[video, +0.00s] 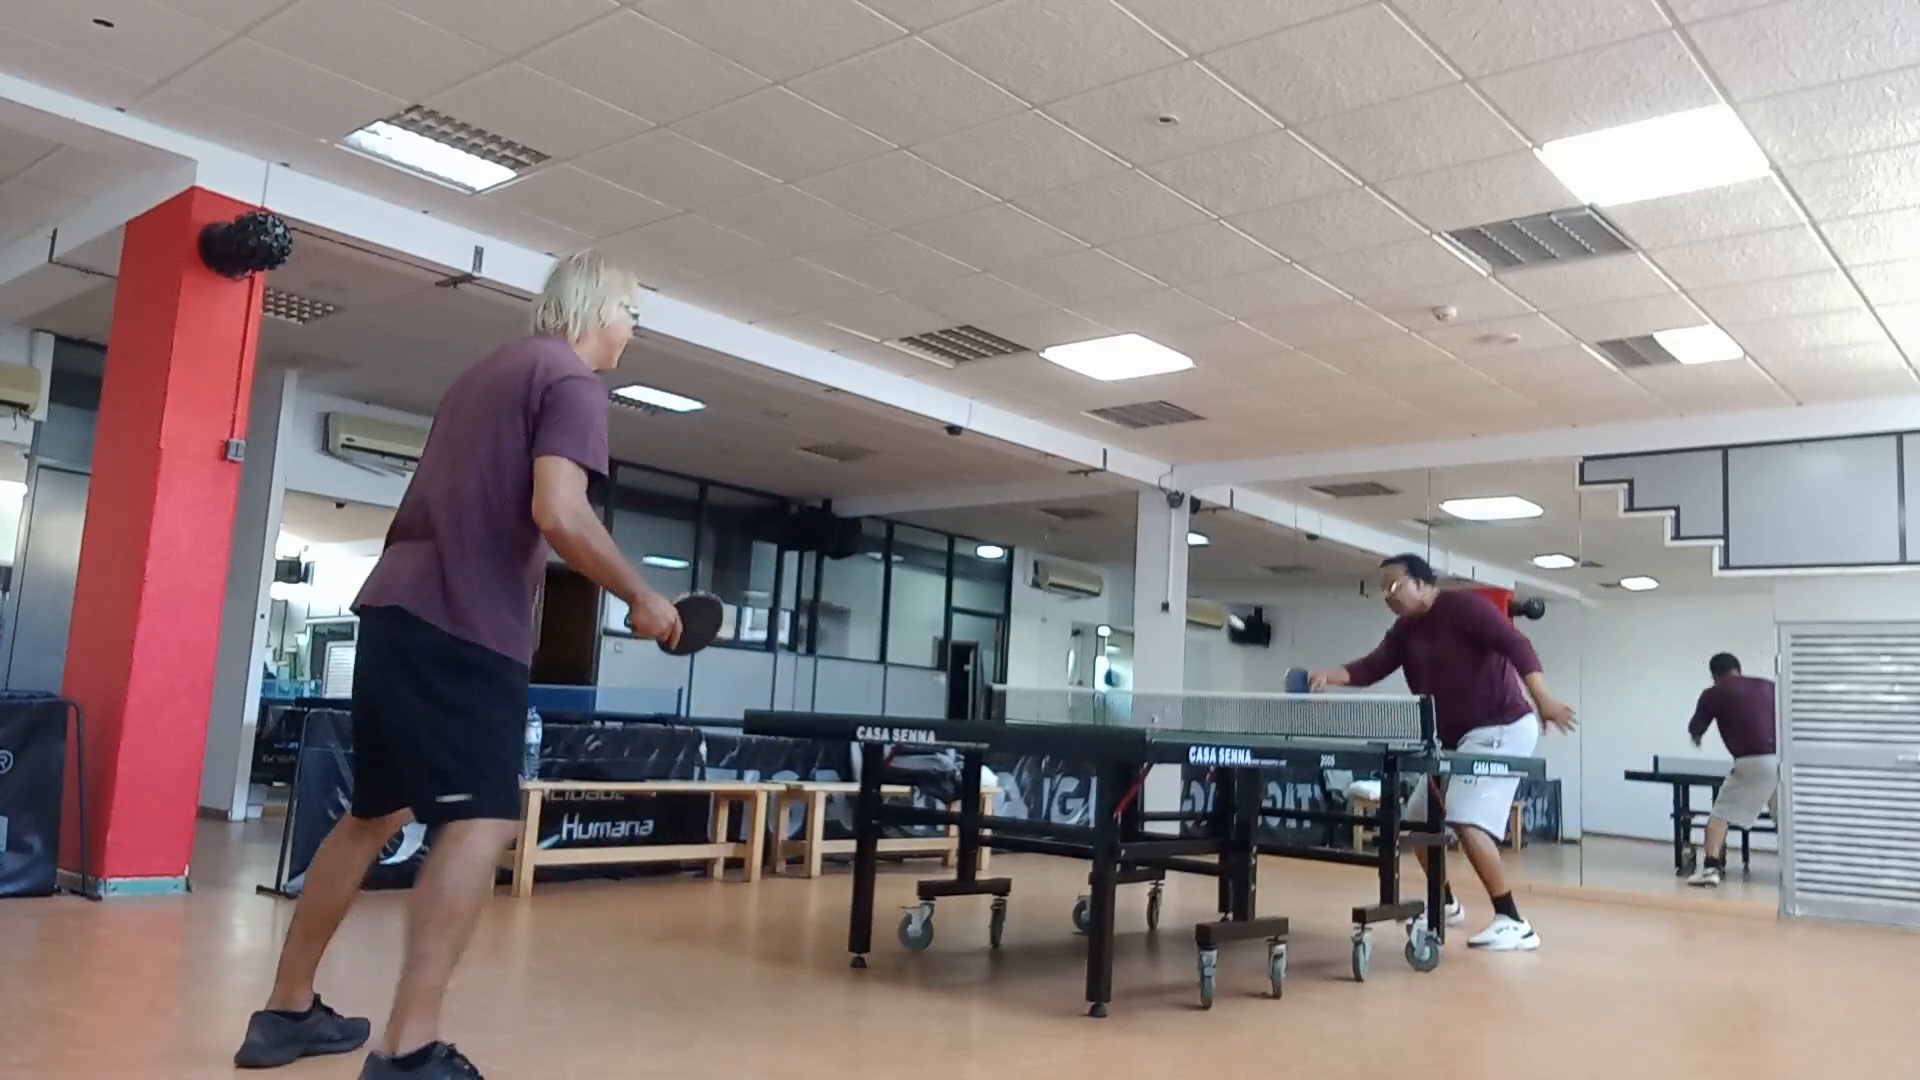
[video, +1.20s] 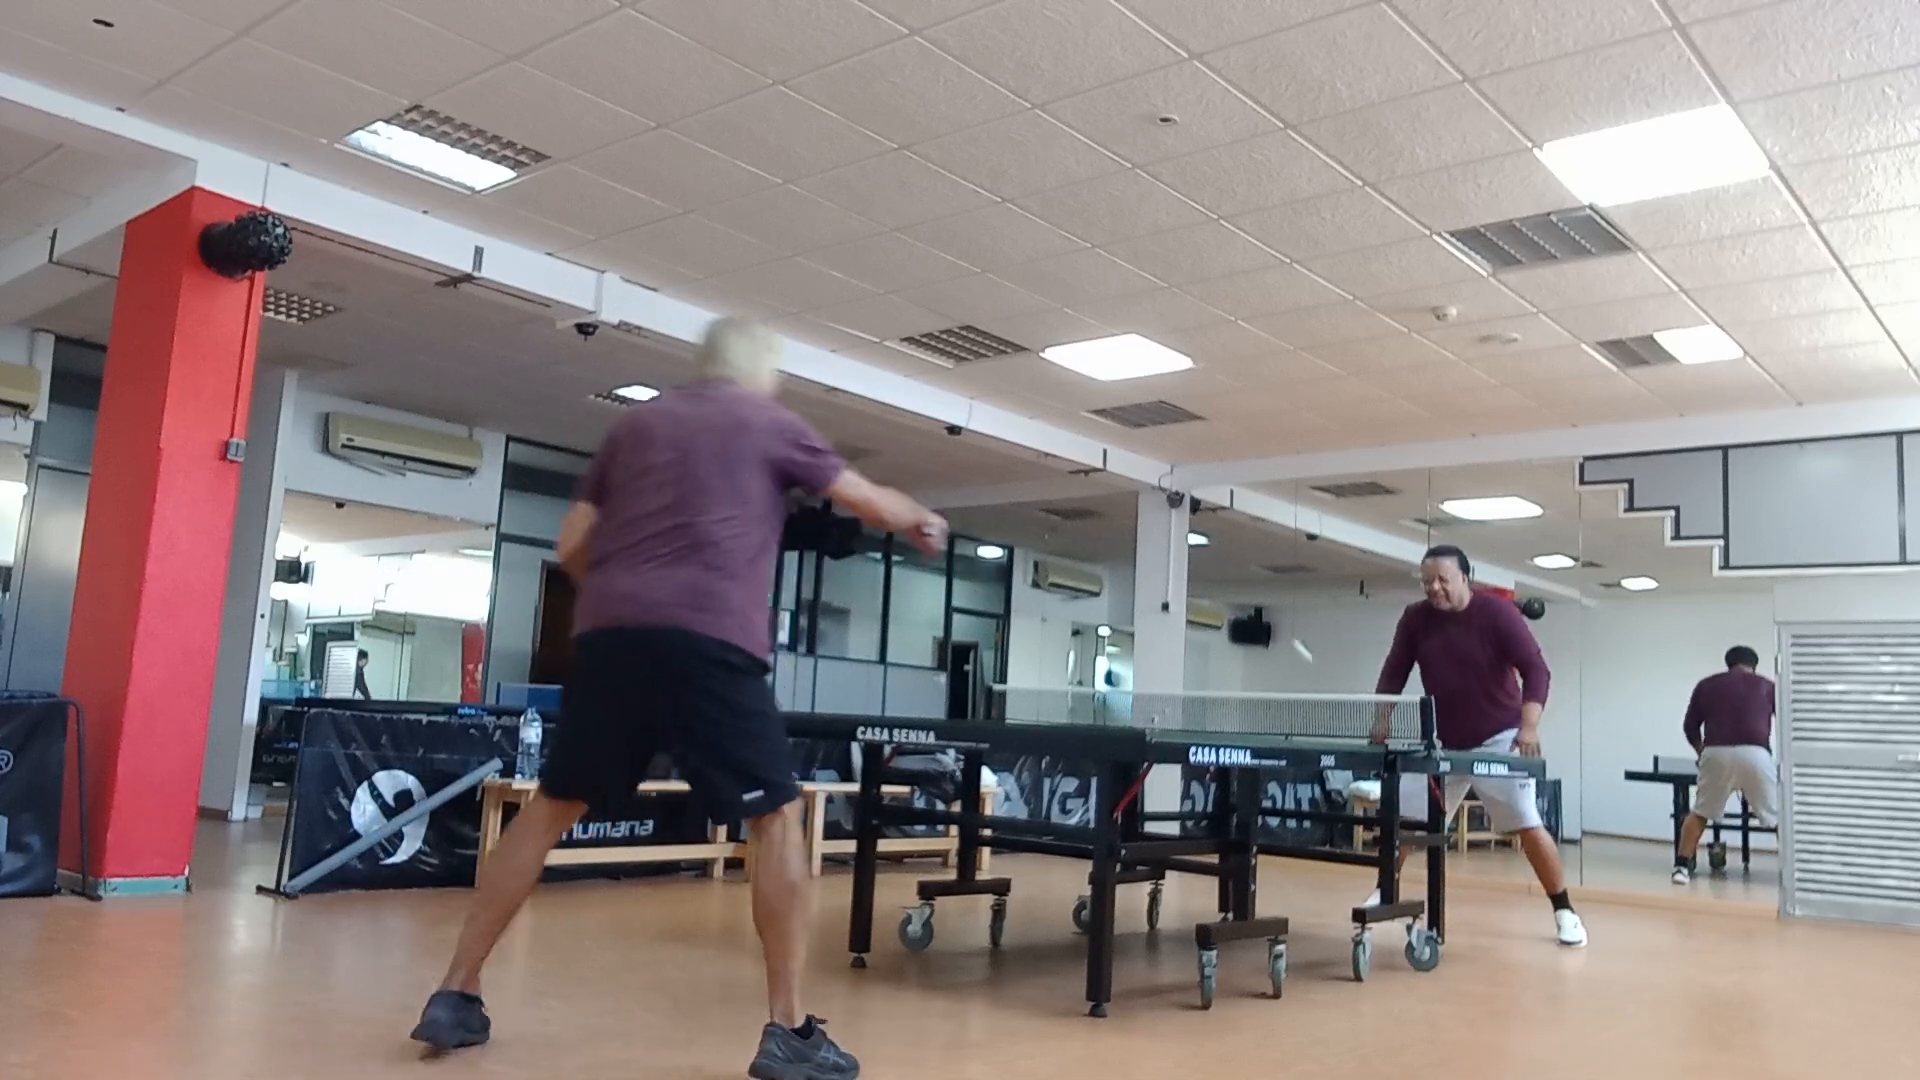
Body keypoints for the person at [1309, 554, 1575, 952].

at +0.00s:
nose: (1388, 597)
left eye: (1393, 586)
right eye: (1383, 592)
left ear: (1419, 581)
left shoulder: (1465, 605)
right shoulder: (1404, 632)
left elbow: (1517, 644)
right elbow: (1371, 667)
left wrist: (1542, 698)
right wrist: (1328, 676)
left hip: (1502, 728)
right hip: (1455, 739)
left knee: (1467, 818)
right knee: (1417, 822)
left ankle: (1512, 922)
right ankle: (1443, 902)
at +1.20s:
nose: (1434, 588)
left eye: (1442, 579)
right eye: (1428, 581)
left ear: (1464, 578)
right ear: (1423, 583)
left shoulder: (1497, 612)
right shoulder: (1416, 619)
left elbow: (1536, 669)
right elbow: (1393, 672)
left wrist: (1529, 727)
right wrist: (1381, 719)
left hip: (1500, 738)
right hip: (1442, 743)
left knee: (1526, 822)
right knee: (1401, 818)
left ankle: (1564, 912)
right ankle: (1384, 893)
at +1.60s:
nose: (1431, 595)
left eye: (1438, 586)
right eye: (1423, 588)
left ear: (1456, 580)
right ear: (1416, 586)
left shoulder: (1490, 607)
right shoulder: (1404, 613)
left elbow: (1542, 642)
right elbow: (1368, 644)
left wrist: (1561, 682)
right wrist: (1410, 661)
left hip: (1502, 732)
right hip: (1446, 737)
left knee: (1532, 817)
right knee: (1407, 819)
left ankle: (1571, 911)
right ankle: (1399, 897)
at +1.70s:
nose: (1422, 594)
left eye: (1429, 585)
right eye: (1414, 587)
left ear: (1447, 579)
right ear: (1407, 586)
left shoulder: (1480, 604)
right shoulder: (1399, 605)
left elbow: (1536, 619)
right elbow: (1359, 602)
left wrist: (1584, 650)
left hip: (1498, 735)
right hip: (1438, 739)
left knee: (1533, 820)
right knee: (1403, 822)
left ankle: (1572, 912)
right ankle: (1398, 900)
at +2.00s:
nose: (1435, 563)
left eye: (1443, 557)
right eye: (1430, 557)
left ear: (1467, 562)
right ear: (1425, 563)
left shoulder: (1497, 599)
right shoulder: (1407, 601)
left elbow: (1549, 622)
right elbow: (1373, 642)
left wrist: (1599, 639)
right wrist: (1341, 678)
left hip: (1488, 731)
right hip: (1425, 732)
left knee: (1520, 818)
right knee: (1403, 824)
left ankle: (1558, 910)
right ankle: (1396, 897)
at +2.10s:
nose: (1442, 560)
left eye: (1451, 553)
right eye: (1437, 555)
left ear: (1474, 559)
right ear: (1432, 563)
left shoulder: (1505, 598)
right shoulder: (1417, 602)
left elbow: (1560, 629)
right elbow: (1401, 659)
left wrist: (1620, 661)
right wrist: (1387, 706)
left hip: (1495, 730)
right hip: (1434, 732)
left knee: (1522, 823)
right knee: (1409, 827)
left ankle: (1556, 911)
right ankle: (1401, 898)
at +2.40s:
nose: (1454, 546)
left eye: (1463, 539)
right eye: (1450, 542)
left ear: (1487, 546)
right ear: (1449, 552)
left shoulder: (1521, 589)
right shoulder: (1448, 596)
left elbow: (1554, 641)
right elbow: (1446, 649)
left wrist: (1559, 695)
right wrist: (1429, 698)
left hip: (1516, 722)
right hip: (1460, 722)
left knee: (1531, 820)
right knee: (1448, 811)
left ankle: (1562, 911)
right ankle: (1460, 903)